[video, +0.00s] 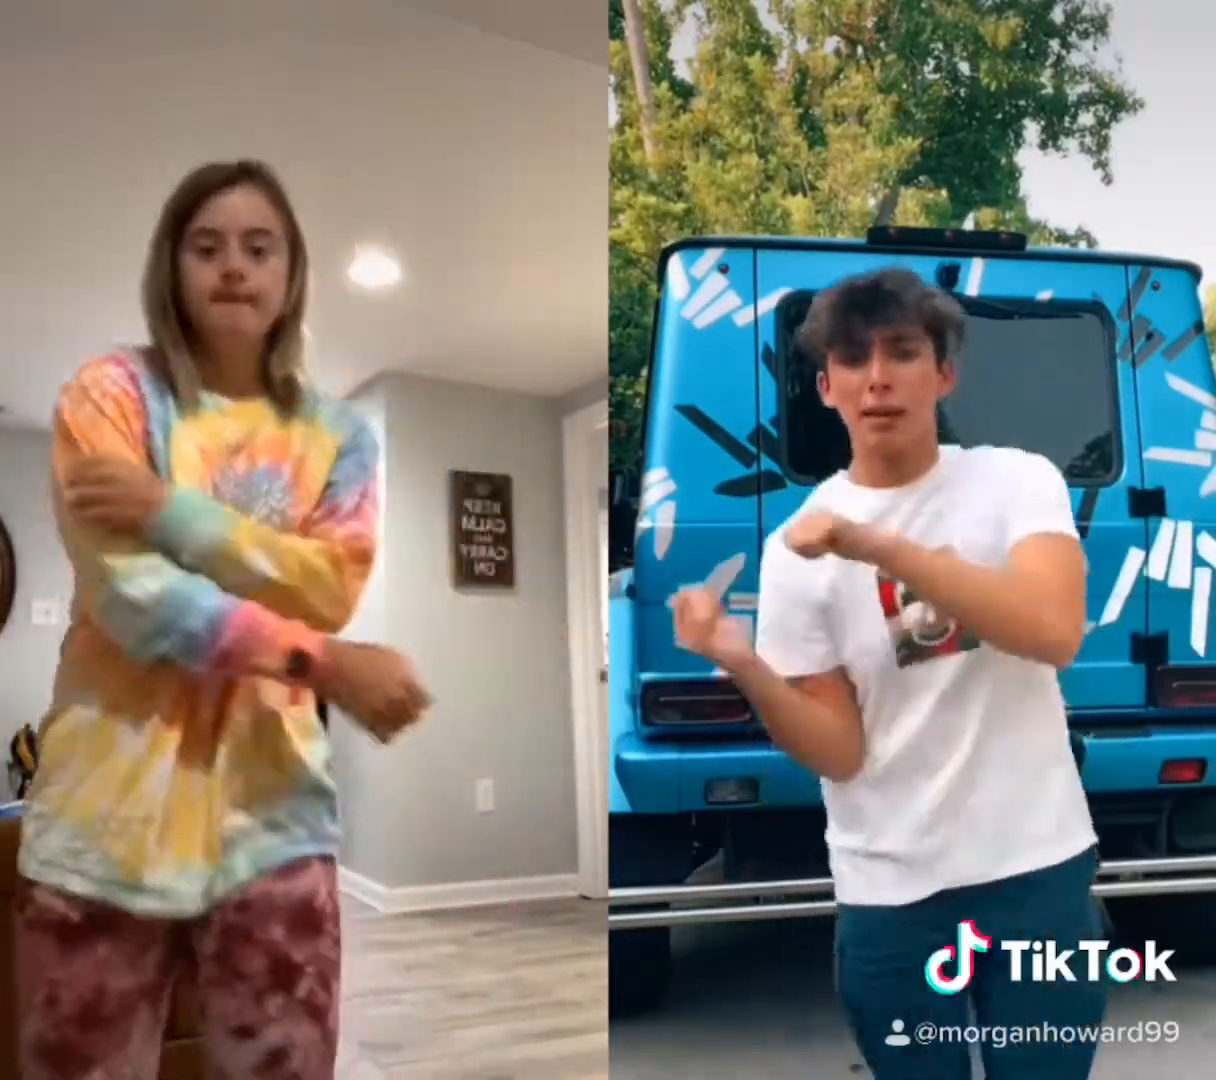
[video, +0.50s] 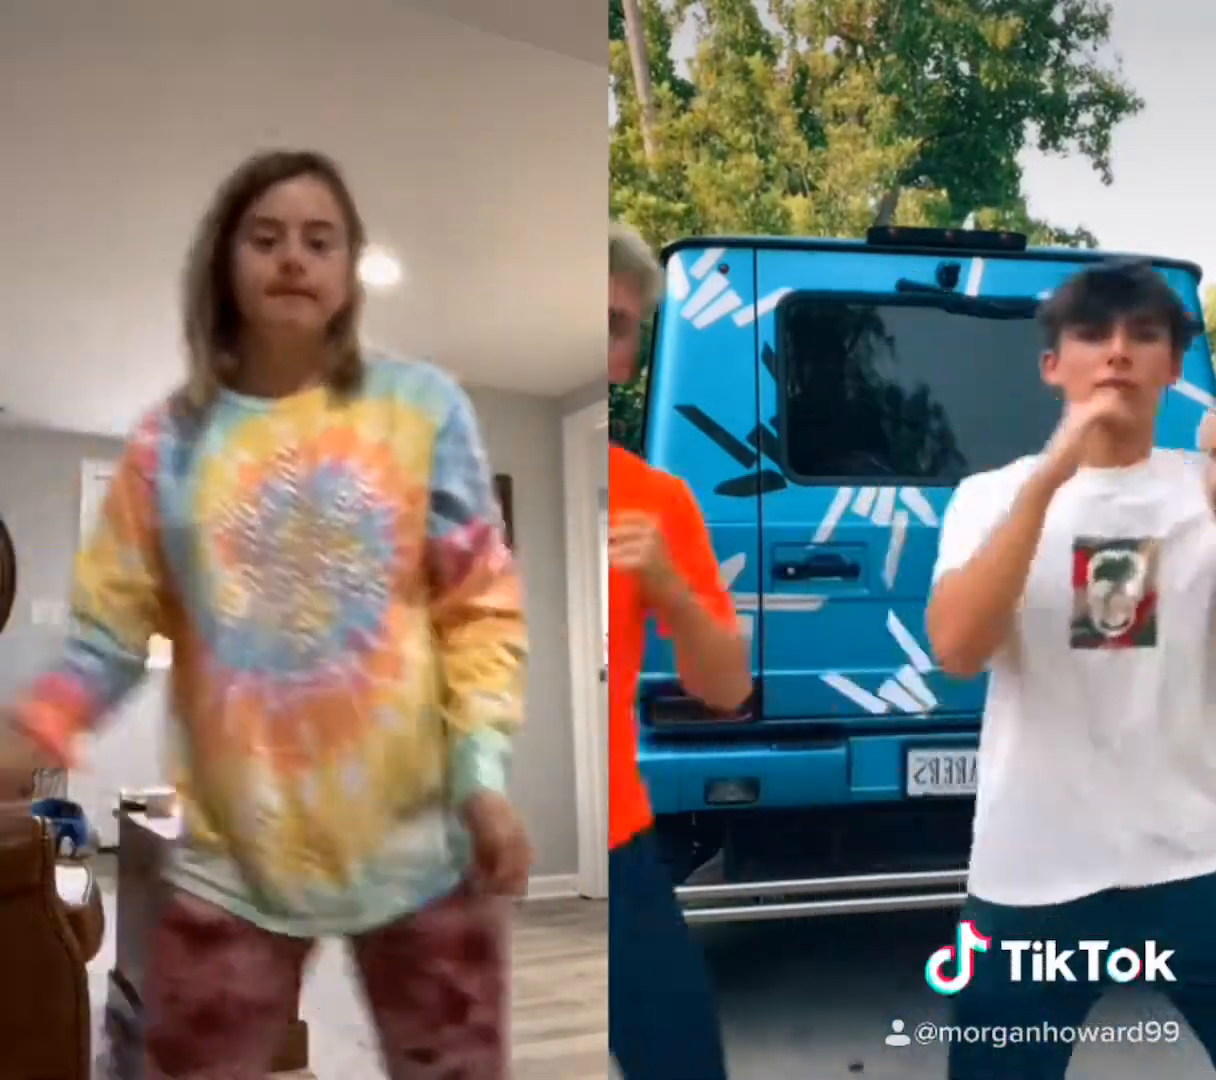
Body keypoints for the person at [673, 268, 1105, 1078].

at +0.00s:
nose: (878, 379)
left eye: (901, 354)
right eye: (854, 359)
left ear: (944, 375)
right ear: (825, 386)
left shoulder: (1015, 481)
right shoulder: (804, 538)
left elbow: (1054, 629)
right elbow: (839, 752)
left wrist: (889, 550)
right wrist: (740, 660)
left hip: (1035, 870)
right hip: (885, 890)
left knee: (1043, 1064)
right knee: (917, 1064)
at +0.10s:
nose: (875, 431)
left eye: (898, 405)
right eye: (853, 411)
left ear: (941, 428)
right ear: (826, 439)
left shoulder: (1022, 529)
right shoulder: (813, 607)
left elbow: (1073, 683)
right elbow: (864, 812)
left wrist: (889, 641)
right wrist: (761, 757)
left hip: (1062, 920)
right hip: (907, 938)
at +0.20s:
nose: (890, 476)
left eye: (915, 454)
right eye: (867, 459)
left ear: (954, 481)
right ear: (839, 492)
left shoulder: (1044, 578)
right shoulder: (830, 659)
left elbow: (1096, 763)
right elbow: (876, 861)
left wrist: (914, 710)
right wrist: (775, 803)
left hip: (1089, 950)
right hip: (928, 964)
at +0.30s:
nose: (943, 445)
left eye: (966, 425)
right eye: (920, 428)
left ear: (1004, 456)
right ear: (885, 464)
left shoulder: (1085, 561)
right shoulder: (860, 629)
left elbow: (1141, 746)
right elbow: (880, 835)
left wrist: (976, 657)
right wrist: (805, 703)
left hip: (1120, 932)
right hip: (957, 948)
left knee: (1186, 1061)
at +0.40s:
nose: (1024, 384)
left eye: (1048, 366)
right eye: (999, 366)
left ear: (1082, 397)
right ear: (961, 398)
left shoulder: (1145, 514)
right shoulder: (925, 540)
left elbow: (1206, 691)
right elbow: (896, 739)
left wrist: (1094, 552)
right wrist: (903, 553)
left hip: (1157, 893)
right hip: (992, 909)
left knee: (1202, 1057)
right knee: (967, 1066)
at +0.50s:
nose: (1117, 354)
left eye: (1142, 335)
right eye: (1092, 334)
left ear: (1173, 365)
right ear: (1053, 366)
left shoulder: (1203, 490)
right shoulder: (991, 497)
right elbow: (957, 648)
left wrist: (1215, 482)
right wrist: (1047, 480)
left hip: (1194, 872)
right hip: (1034, 881)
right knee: (992, 1066)